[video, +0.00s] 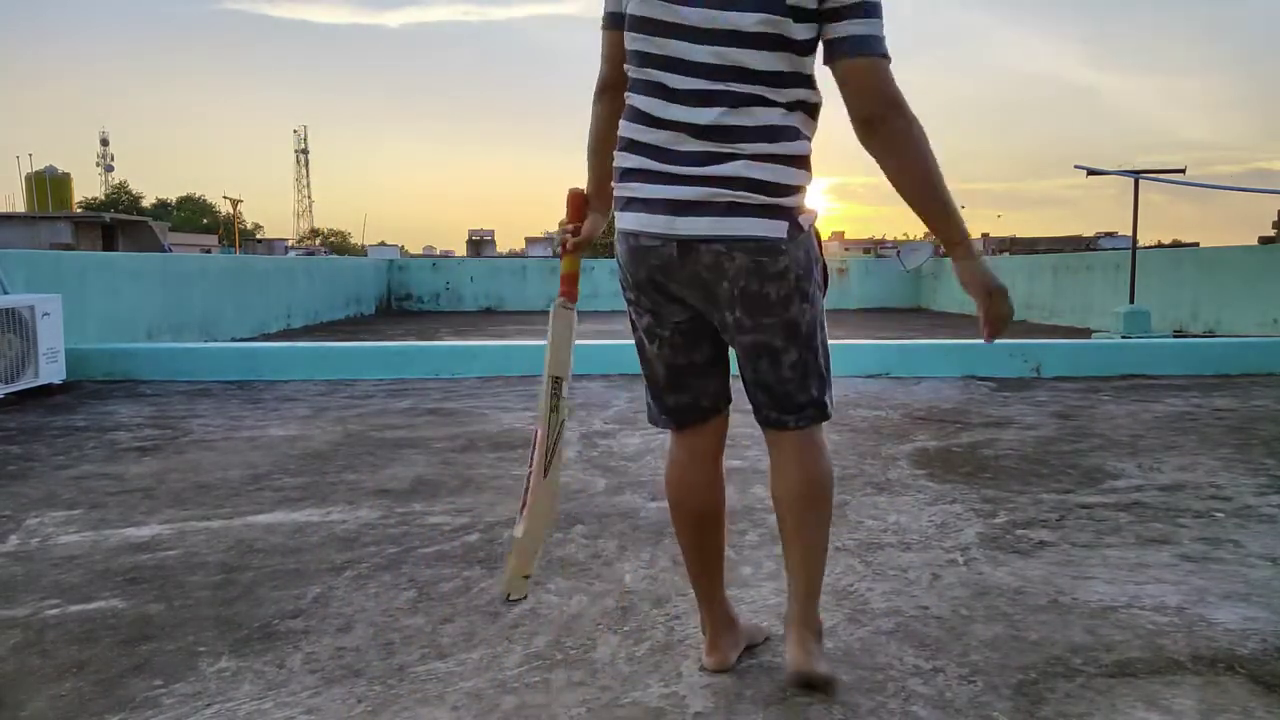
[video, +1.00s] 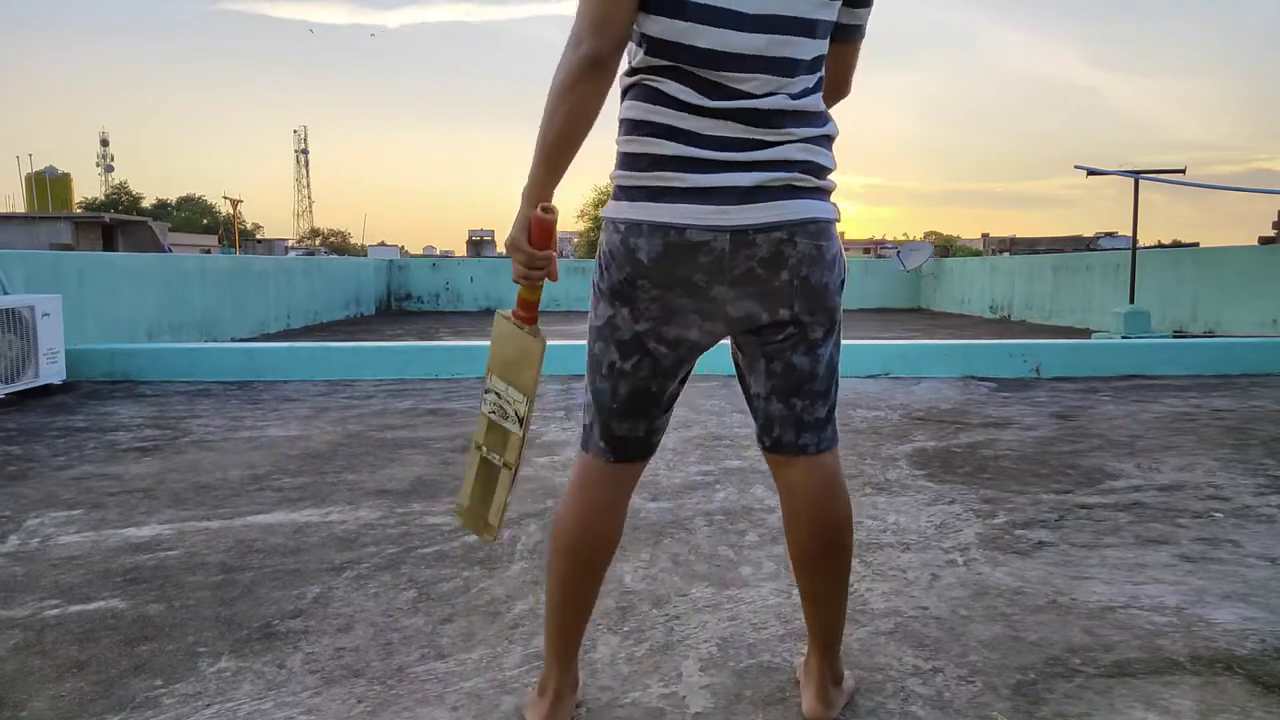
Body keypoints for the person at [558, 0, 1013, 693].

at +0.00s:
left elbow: (611, 87)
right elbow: (876, 112)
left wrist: (598, 195)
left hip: (647, 230)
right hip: (759, 231)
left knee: (691, 426)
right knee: (794, 425)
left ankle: (716, 630)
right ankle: (803, 636)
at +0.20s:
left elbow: (624, 66)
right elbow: (912, 17)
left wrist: (562, 169)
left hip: (680, 227)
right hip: (794, 228)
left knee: (713, 419)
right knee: (813, 434)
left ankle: (720, 628)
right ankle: (818, 659)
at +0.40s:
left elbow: (635, 19)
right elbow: (914, 32)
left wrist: (552, 96)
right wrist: (1007, 129)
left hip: (705, 218)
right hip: (824, 216)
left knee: (721, 421)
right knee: (821, 434)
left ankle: (721, 628)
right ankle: (819, 672)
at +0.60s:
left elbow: (648, 12)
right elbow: (917, 119)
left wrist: (563, 108)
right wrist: (941, 249)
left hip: (704, 218)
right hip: (830, 222)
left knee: (713, 426)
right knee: (826, 442)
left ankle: (718, 628)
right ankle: (822, 676)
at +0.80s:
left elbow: (643, 16)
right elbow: (878, 98)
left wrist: (561, 153)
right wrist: (814, 168)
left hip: (692, 216)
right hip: (822, 221)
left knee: (673, 428)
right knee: (822, 444)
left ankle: (660, 646)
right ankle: (823, 674)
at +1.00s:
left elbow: (594, 53)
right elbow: (833, 83)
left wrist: (537, 200)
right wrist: (744, 132)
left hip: (659, 226)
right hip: (791, 227)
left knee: (609, 455)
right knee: (807, 450)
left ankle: (556, 683)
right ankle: (824, 676)